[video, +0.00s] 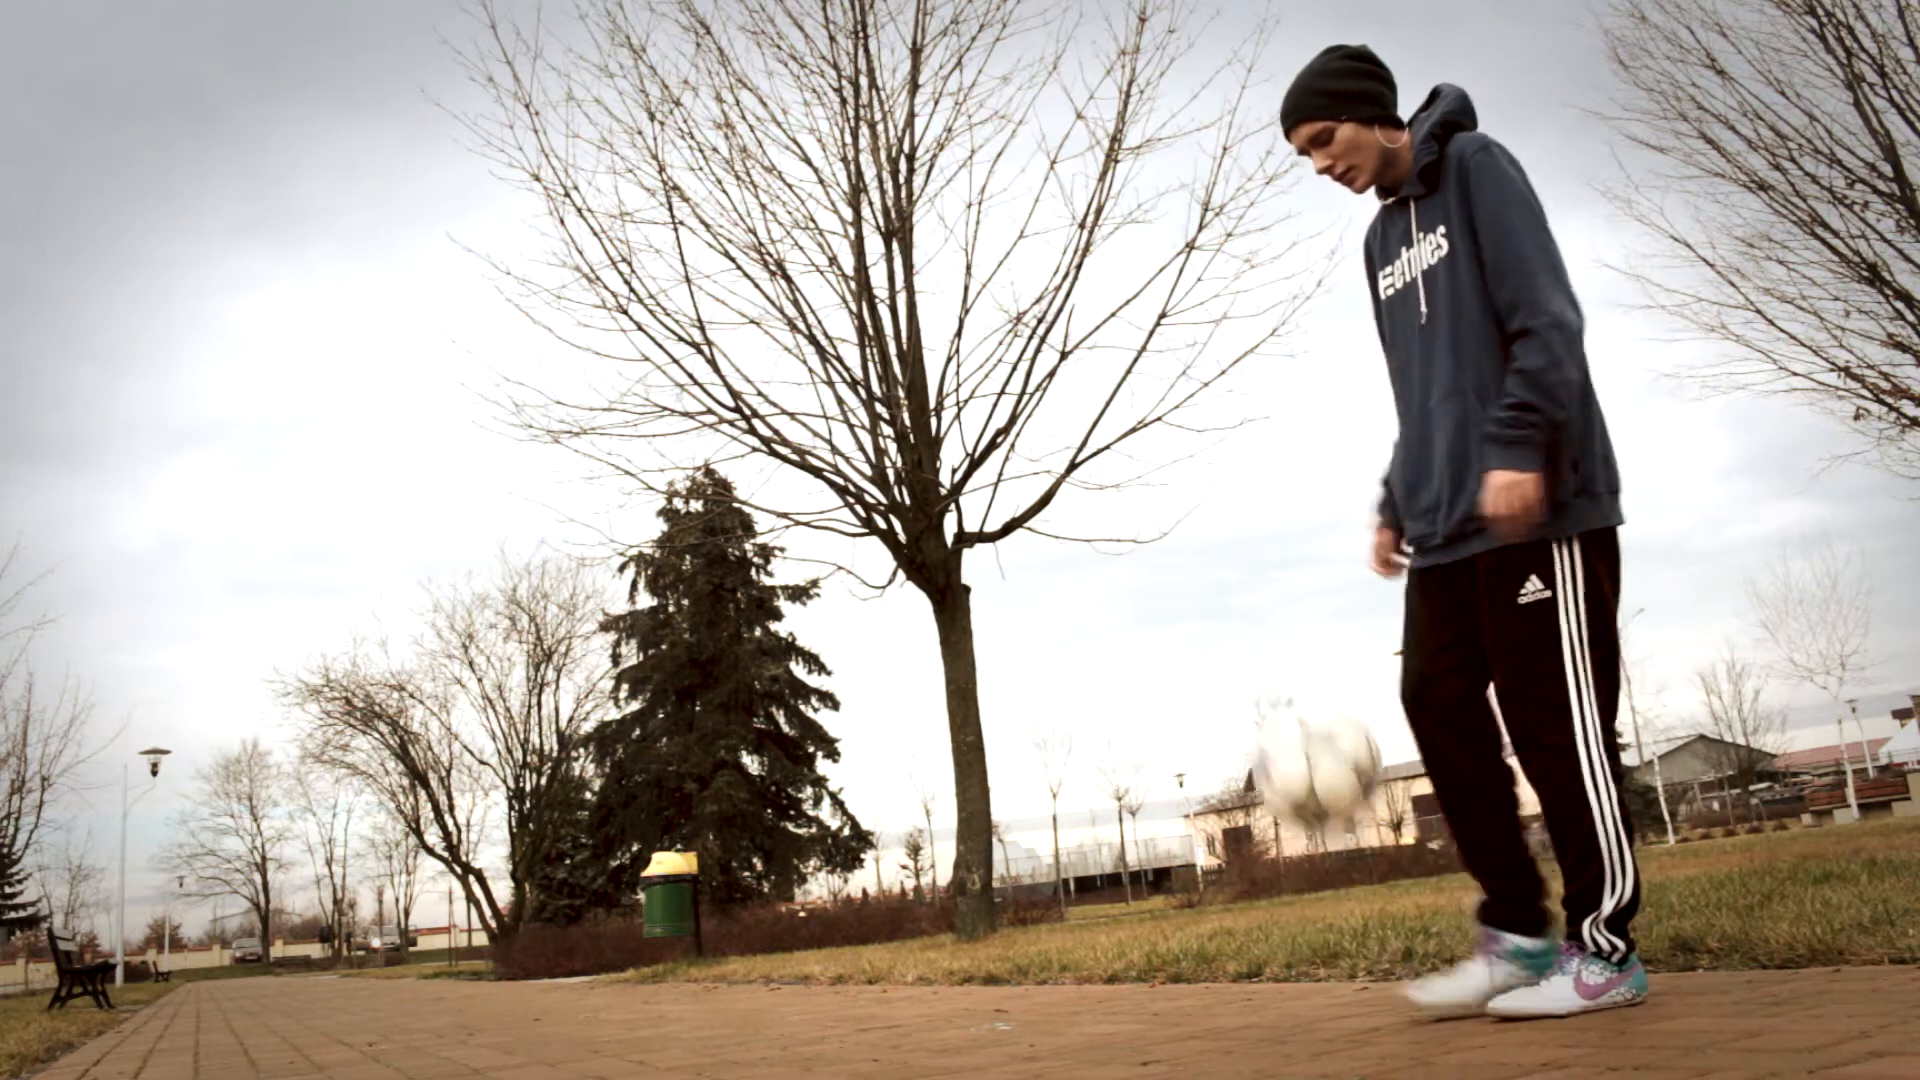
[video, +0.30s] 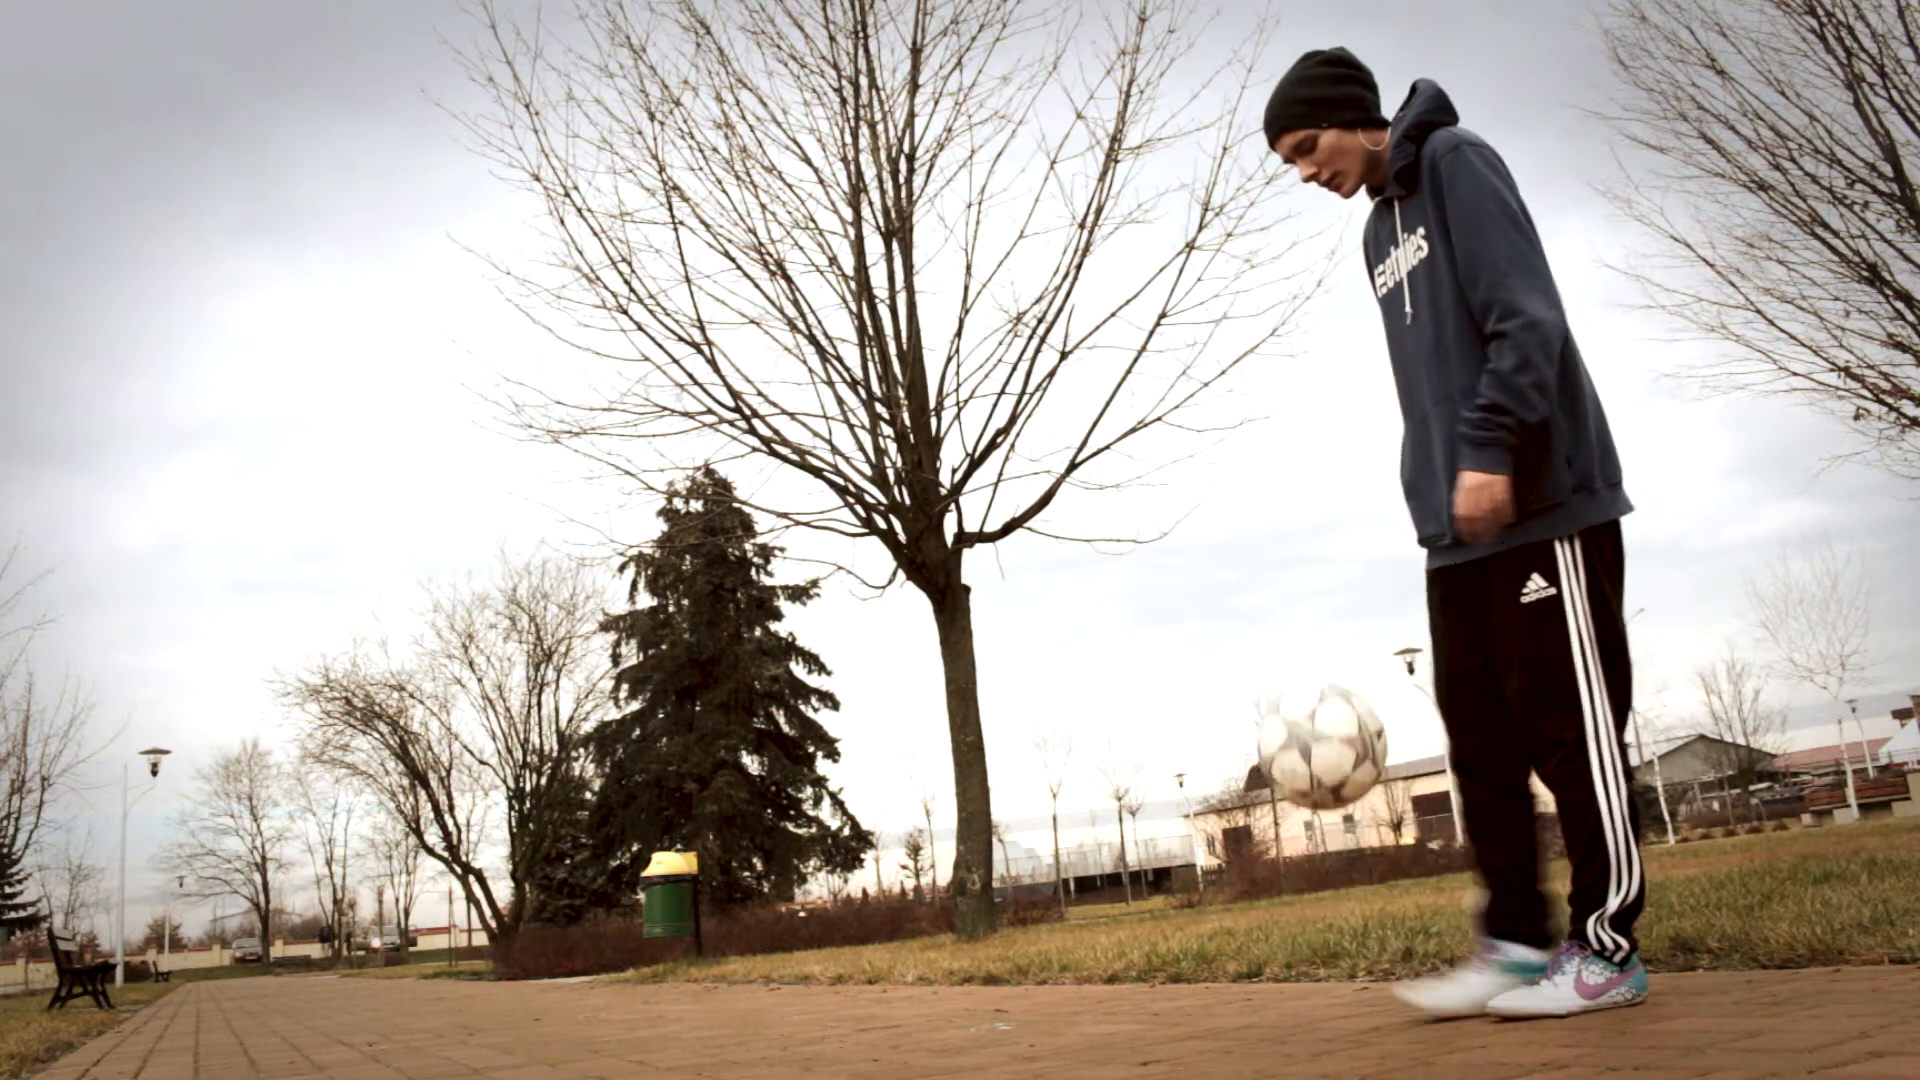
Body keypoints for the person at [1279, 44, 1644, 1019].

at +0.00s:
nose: (1324, 163)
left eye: (1327, 138)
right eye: (1309, 154)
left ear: (1377, 108)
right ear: (1321, 153)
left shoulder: (1474, 169)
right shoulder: (1380, 238)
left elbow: (1547, 318)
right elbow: (1421, 388)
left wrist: (1520, 447)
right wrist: (1399, 499)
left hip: (1539, 503)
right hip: (1447, 525)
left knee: (1558, 720)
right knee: (1439, 710)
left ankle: (1607, 952)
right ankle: (1521, 938)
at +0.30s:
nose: (1305, 171)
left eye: (1306, 148)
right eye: (1292, 160)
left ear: (1350, 116)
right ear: (1320, 148)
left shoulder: (1452, 161)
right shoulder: (1379, 226)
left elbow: (1527, 316)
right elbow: (1429, 364)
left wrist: (1491, 448)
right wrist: (1437, 488)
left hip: (1544, 504)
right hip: (1459, 526)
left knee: (1573, 726)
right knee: (1481, 738)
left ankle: (1608, 951)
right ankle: (1518, 948)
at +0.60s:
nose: (1287, 195)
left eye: (1288, 171)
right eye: (1273, 183)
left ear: (1331, 138)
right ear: (1291, 174)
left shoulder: (1444, 176)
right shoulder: (1357, 260)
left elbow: (1567, 289)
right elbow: (1395, 415)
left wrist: (1630, 424)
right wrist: (1364, 511)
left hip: (1541, 490)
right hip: (1472, 514)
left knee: (1470, 708)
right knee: (1518, 719)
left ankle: (1434, 939)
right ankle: (1572, 946)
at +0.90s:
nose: (1274, 203)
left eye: (1272, 180)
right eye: (1260, 191)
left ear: (1311, 144)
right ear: (1284, 171)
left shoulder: (1429, 176)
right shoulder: (1355, 251)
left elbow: (1560, 292)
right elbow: (1382, 402)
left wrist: (1580, 432)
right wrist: (1301, 478)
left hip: (1545, 491)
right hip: (1475, 519)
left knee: (1545, 703)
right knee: (1483, 711)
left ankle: (1610, 954)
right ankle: (1556, 944)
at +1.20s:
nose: (1263, 261)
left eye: (1263, 239)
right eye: (1250, 249)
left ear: (1304, 203)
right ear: (1283, 224)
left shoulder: (1419, 232)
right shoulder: (1355, 294)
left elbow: (1508, 353)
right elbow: (1437, 401)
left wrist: (1442, 469)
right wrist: (1443, 486)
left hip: (1573, 480)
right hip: (1495, 486)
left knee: (1549, 710)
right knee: (1350, 533)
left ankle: (1608, 953)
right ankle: (1346, 730)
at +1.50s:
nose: (1305, 123)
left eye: (1313, 102)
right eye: (1292, 113)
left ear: (1362, 78)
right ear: (1292, 112)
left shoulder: (1452, 129)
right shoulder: (1349, 177)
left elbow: (1494, 110)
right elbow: (1340, 248)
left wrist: (1357, 60)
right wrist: (1243, 265)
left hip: (1492, 411)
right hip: (1394, 418)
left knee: (1467, 595)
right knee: (1269, 527)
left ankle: (1546, 847)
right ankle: (1337, 711)